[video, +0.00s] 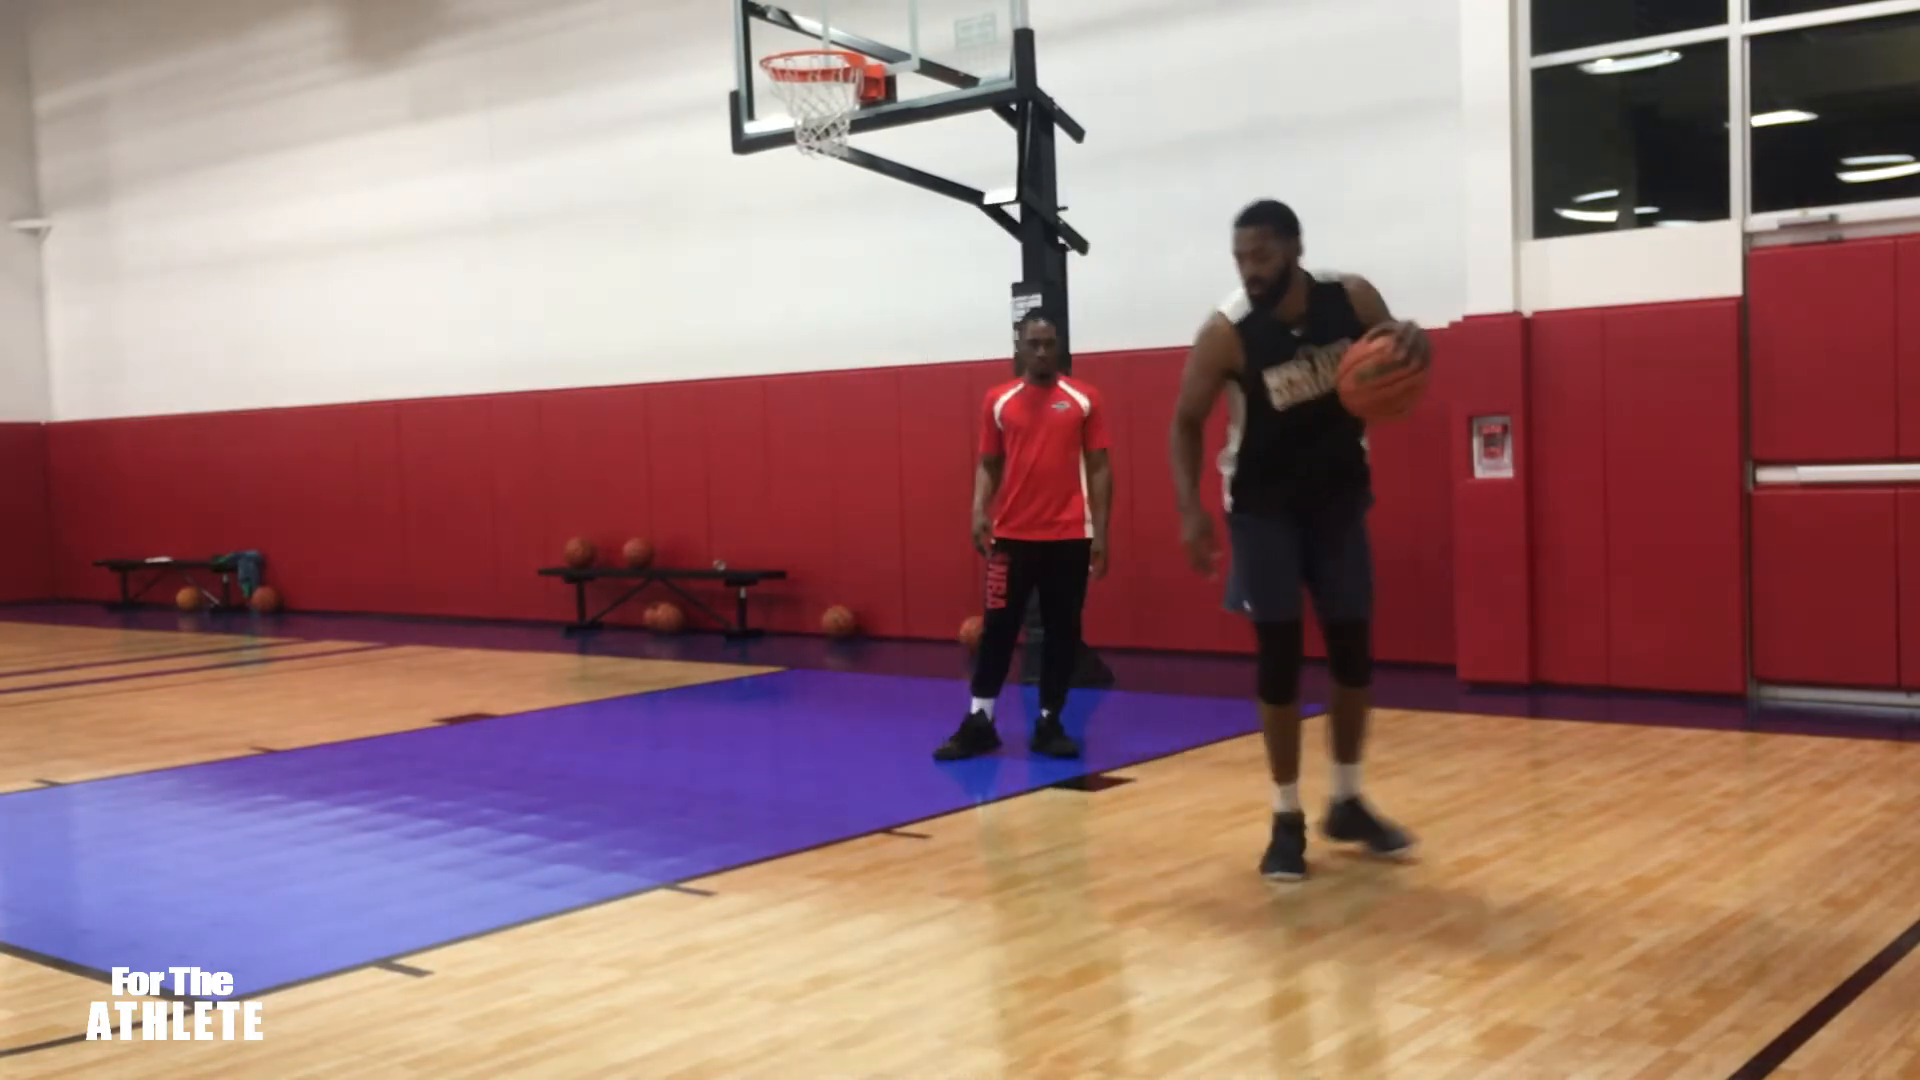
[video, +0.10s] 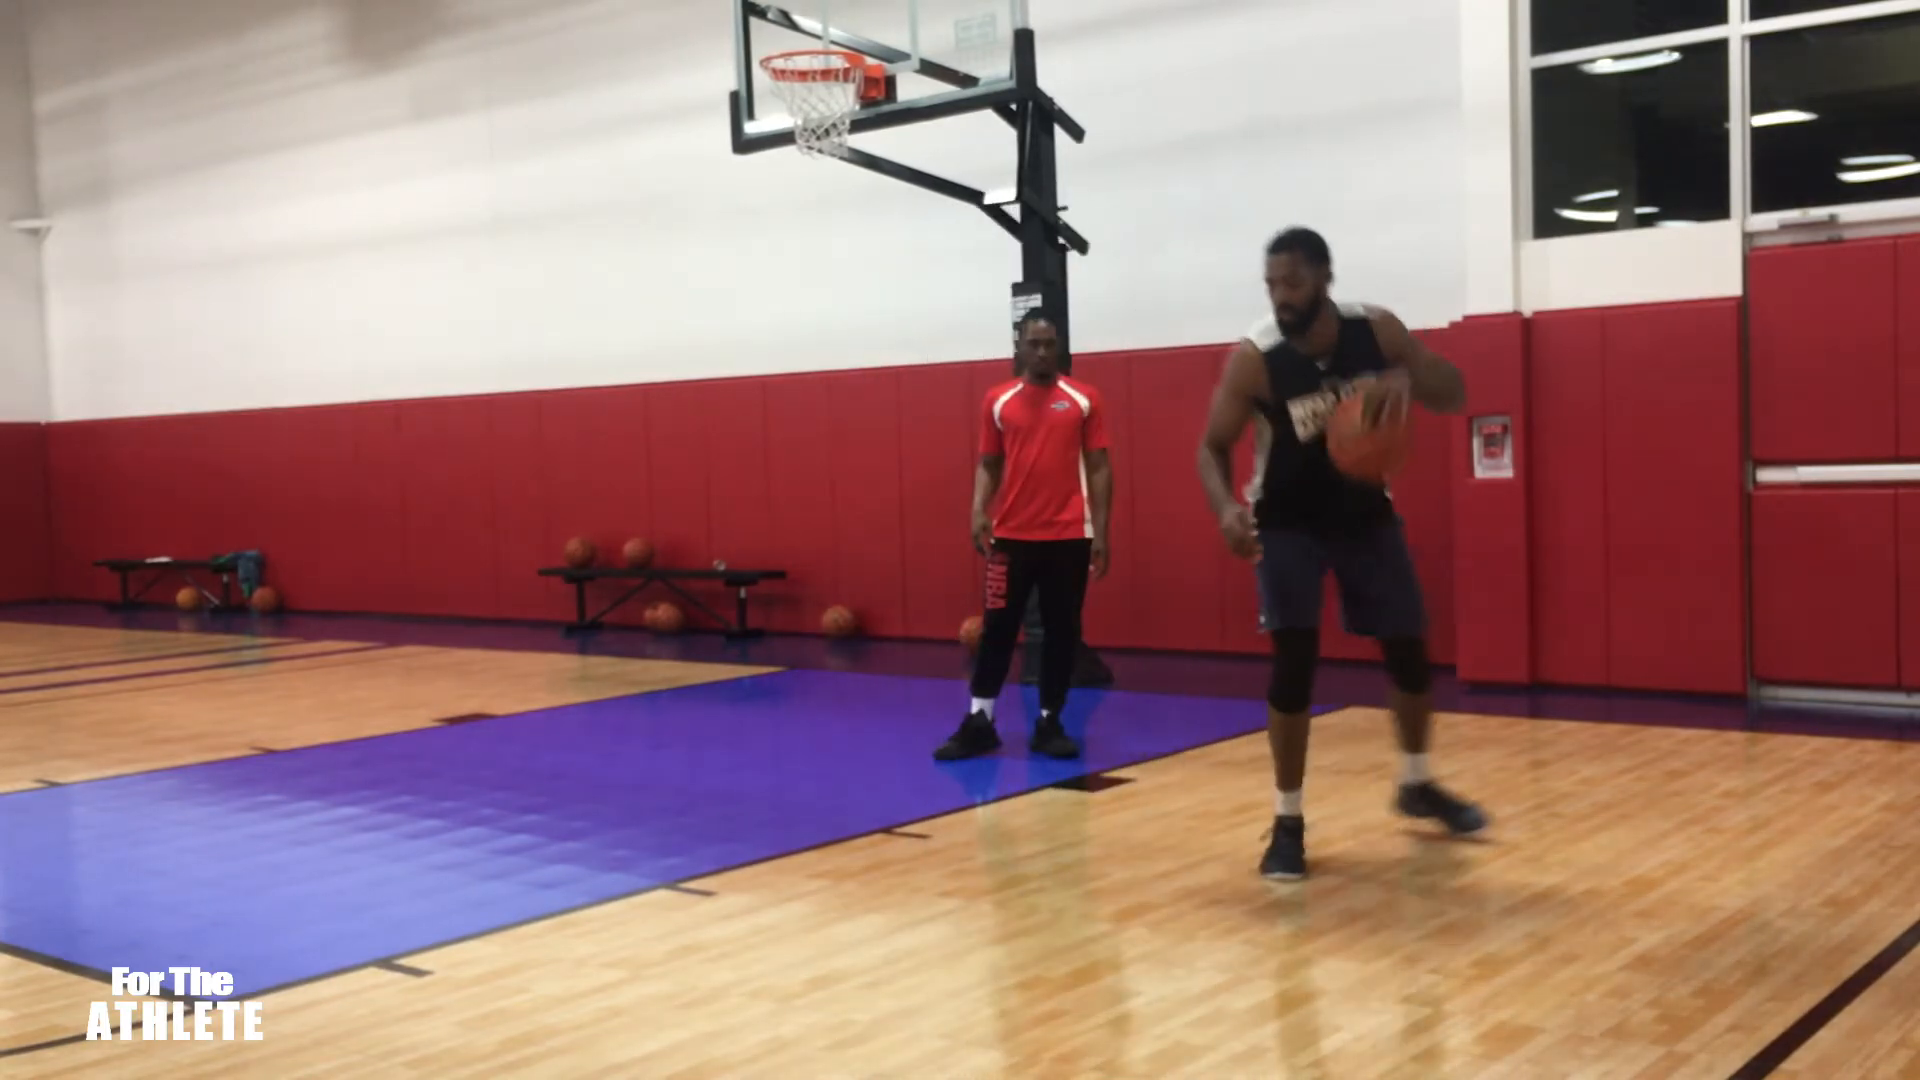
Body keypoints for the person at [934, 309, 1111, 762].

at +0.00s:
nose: (1043, 351)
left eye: (1049, 343)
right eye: (1034, 344)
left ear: (1061, 348)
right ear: (1018, 349)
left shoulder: (1083, 399)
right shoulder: (999, 402)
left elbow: (1098, 467)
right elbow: (989, 463)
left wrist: (1100, 534)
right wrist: (978, 513)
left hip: (1067, 538)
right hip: (1012, 537)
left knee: (1063, 632)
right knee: (999, 628)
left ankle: (1049, 723)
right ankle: (979, 720)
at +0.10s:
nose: (1043, 352)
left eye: (1049, 343)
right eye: (1034, 344)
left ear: (1061, 348)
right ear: (1018, 348)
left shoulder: (1083, 399)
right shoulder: (998, 401)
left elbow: (1098, 467)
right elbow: (988, 463)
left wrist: (1101, 533)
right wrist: (978, 513)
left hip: (1067, 538)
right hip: (1011, 537)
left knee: (1062, 631)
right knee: (998, 627)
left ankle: (1049, 723)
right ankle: (979, 719)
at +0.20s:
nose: (1043, 351)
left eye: (1049, 343)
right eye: (1034, 343)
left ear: (1060, 348)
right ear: (1017, 348)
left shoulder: (1083, 399)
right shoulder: (998, 401)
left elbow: (1098, 467)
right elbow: (987, 463)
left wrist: (1101, 533)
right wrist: (977, 513)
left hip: (1067, 538)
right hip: (1011, 537)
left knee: (1062, 632)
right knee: (998, 627)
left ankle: (1049, 723)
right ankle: (979, 720)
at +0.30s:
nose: (1043, 351)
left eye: (1049, 343)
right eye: (1034, 343)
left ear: (1060, 348)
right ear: (1018, 348)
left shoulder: (1081, 400)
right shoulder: (998, 401)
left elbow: (1098, 467)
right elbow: (987, 463)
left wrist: (1101, 533)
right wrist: (977, 513)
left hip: (1067, 537)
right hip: (1011, 536)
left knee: (1062, 631)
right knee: (998, 627)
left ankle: (1049, 723)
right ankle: (979, 720)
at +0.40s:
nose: (1043, 351)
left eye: (1049, 343)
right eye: (1034, 343)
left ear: (1060, 348)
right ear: (1017, 348)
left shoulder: (1082, 399)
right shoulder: (997, 401)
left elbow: (1097, 467)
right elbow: (987, 463)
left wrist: (1100, 533)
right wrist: (977, 513)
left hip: (1066, 537)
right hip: (1011, 536)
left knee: (1062, 632)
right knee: (998, 628)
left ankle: (1049, 723)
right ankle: (978, 720)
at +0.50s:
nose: (1042, 351)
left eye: (1049, 343)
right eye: (1034, 343)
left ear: (1060, 347)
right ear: (1016, 347)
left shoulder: (1082, 400)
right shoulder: (996, 401)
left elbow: (1097, 467)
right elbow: (987, 464)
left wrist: (1100, 533)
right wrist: (977, 513)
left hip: (1066, 537)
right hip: (1011, 537)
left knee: (1062, 632)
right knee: (997, 628)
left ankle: (1049, 723)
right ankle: (978, 720)